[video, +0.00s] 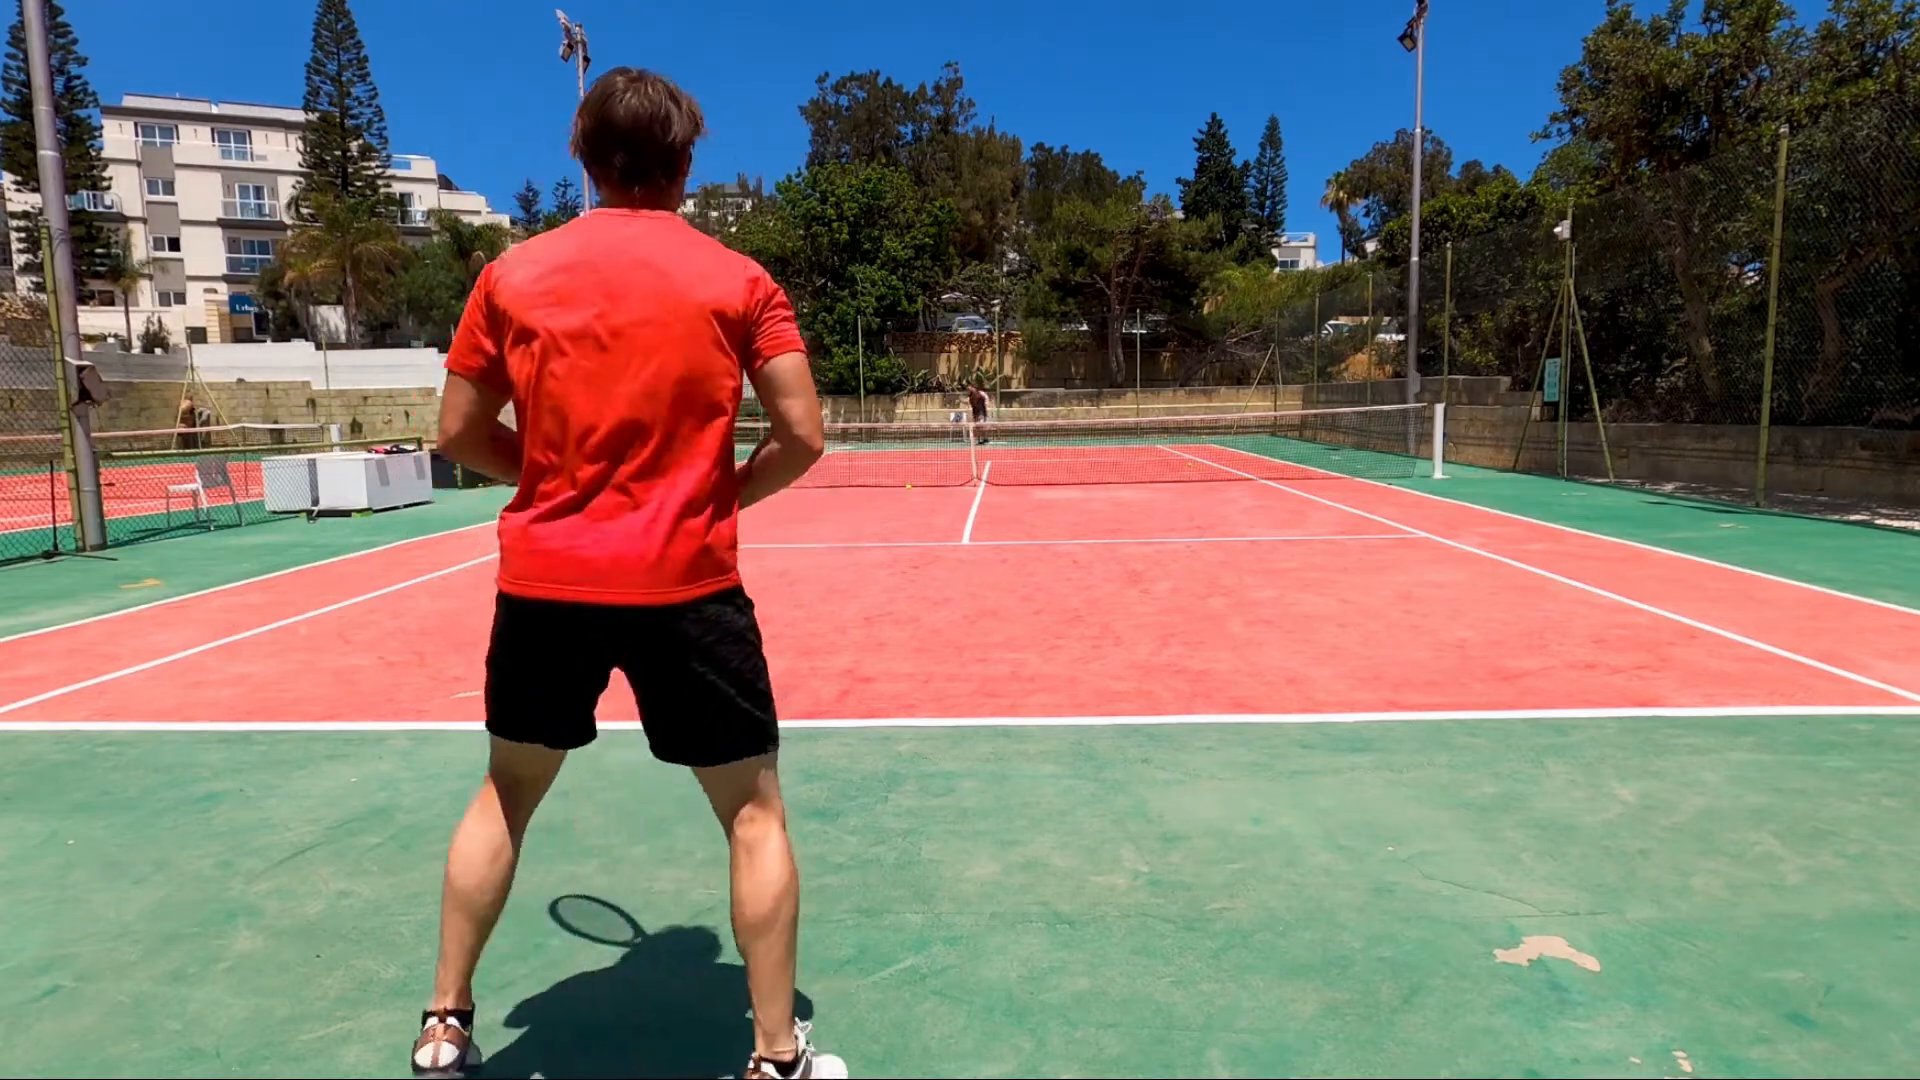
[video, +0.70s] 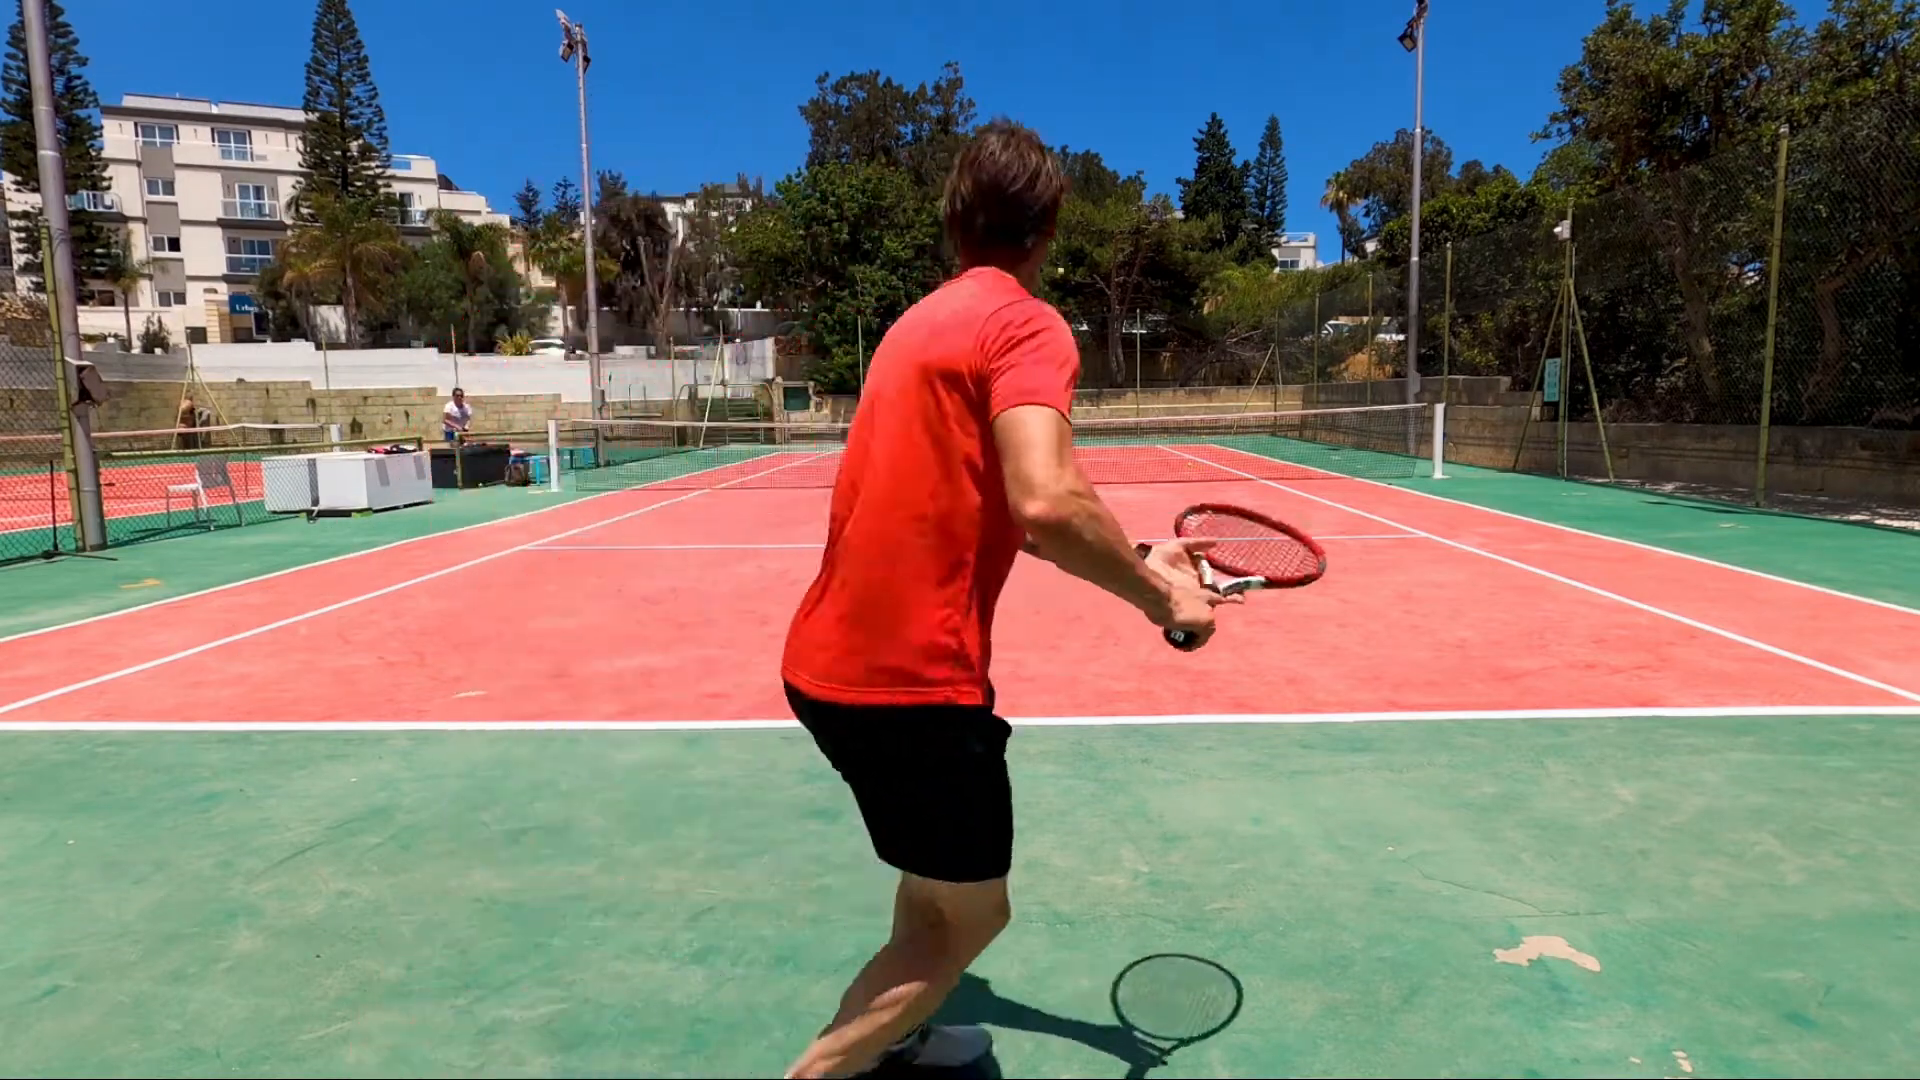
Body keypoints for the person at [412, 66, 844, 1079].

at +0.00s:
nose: (688, 166)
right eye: (687, 153)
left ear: (584, 160)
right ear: (684, 161)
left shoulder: (514, 276)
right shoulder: (734, 277)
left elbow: (460, 436)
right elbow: (801, 437)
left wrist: (552, 468)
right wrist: (723, 494)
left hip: (546, 586)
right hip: (687, 587)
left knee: (507, 789)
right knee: (753, 811)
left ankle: (446, 1017)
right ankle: (776, 1050)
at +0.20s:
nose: (676, 287)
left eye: (669, 271)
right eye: (673, 273)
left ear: (568, 283)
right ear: (663, 285)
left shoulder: (498, 389)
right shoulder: (689, 397)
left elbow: (449, 554)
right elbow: (752, 566)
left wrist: (545, 578)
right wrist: (695, 615)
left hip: (498, 708)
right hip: (637, 710)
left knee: (457, 877)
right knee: (769, 865)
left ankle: (362, 1069)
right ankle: (764, 1072)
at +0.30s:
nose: (695, 322)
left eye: (689, 306)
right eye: (693, 308)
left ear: (589, 316)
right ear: (682, 320)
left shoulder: (522, 426)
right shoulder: (686, 434)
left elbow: (520, 575)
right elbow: (735, 608)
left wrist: (669, 617)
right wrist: (731, 654)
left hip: (488, 740)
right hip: (620, 742)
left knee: (463, 880)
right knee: (810, 860)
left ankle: (360, 1068)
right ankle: (763, 1072)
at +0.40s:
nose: (757, 323)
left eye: (755, 309)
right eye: (754, 309)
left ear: (657, 316)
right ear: (743, 318)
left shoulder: (598, 414)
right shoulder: (732, 426)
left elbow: (597, 596)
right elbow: (763, 607)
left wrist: (718, 642)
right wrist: (788, 672)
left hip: (526, 733)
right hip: (651, 740)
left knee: (491, 891)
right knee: (847, 867)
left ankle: (363, 1070)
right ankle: (785, 1072)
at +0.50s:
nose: (858, 286)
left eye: (853, 271)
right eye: (855, 272)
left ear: (758, 277)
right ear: (843, 282)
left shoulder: (705, 377)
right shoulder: (823, 398)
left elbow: (707, 541)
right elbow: (835, 590)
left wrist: (808, 622)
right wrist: (886, 669)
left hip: (618, 701)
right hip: (725, 720)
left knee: (582, 881)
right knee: (876, 900)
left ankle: (402, 1053)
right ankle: (782, 1074)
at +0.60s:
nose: (959, 267)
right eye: (959, 251)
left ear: (859, 250)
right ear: (951, 263)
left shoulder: (809, 355)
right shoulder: (925, 370)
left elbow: (810, 524)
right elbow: (943, 571)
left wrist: (953, 572)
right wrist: (1016, 661)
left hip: (723, 690)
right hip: (814, 708)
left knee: (776, 866)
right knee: (898, 915)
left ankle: (581, 1001)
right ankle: (785, 1073)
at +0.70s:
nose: (1060, 234)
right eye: (1058, 220)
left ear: (956, 222)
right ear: (1048, 229)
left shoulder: (920, 322)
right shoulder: (1025, 326)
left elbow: (1009, 507)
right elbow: (1046, 504)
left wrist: (1138, 561)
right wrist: (1158, 596)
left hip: (829, 662)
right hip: (914, 678)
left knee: (939, 866)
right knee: (963, 924)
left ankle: (899, 1026)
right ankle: (815, 1067)